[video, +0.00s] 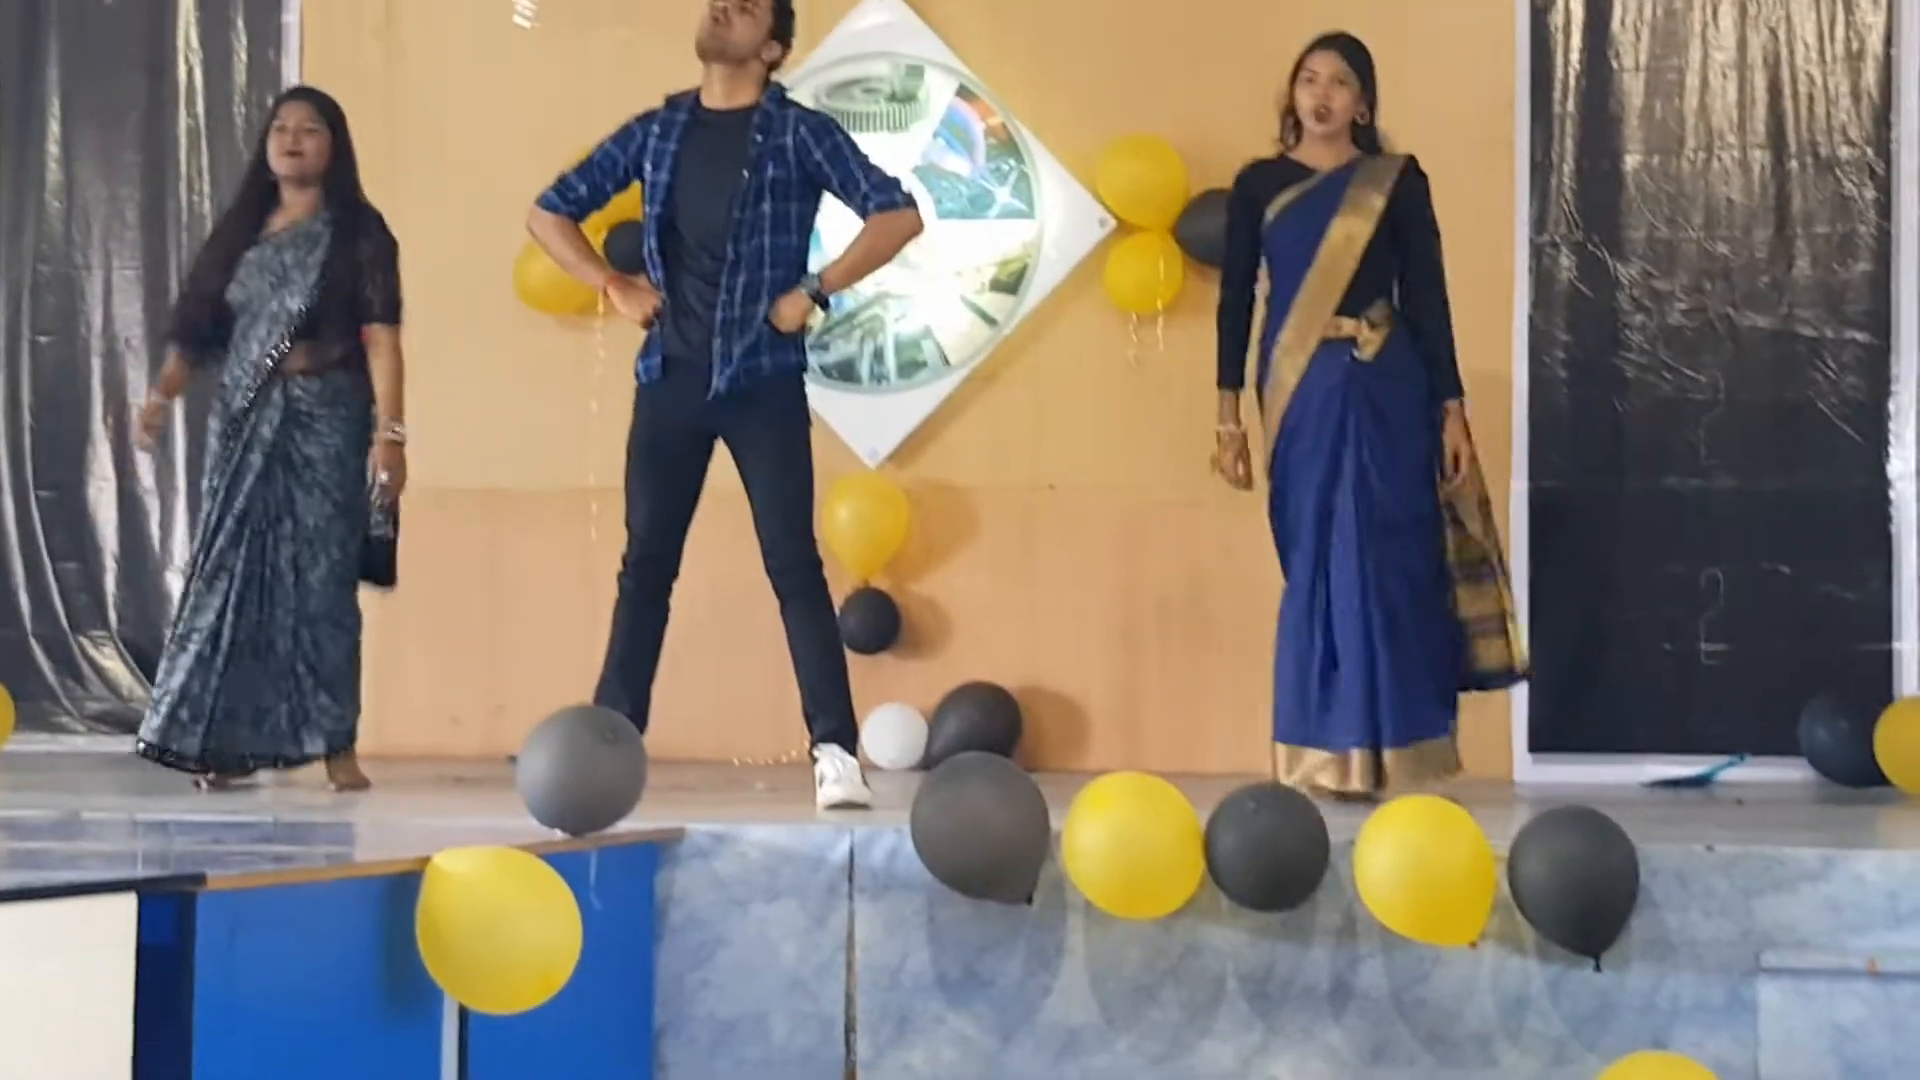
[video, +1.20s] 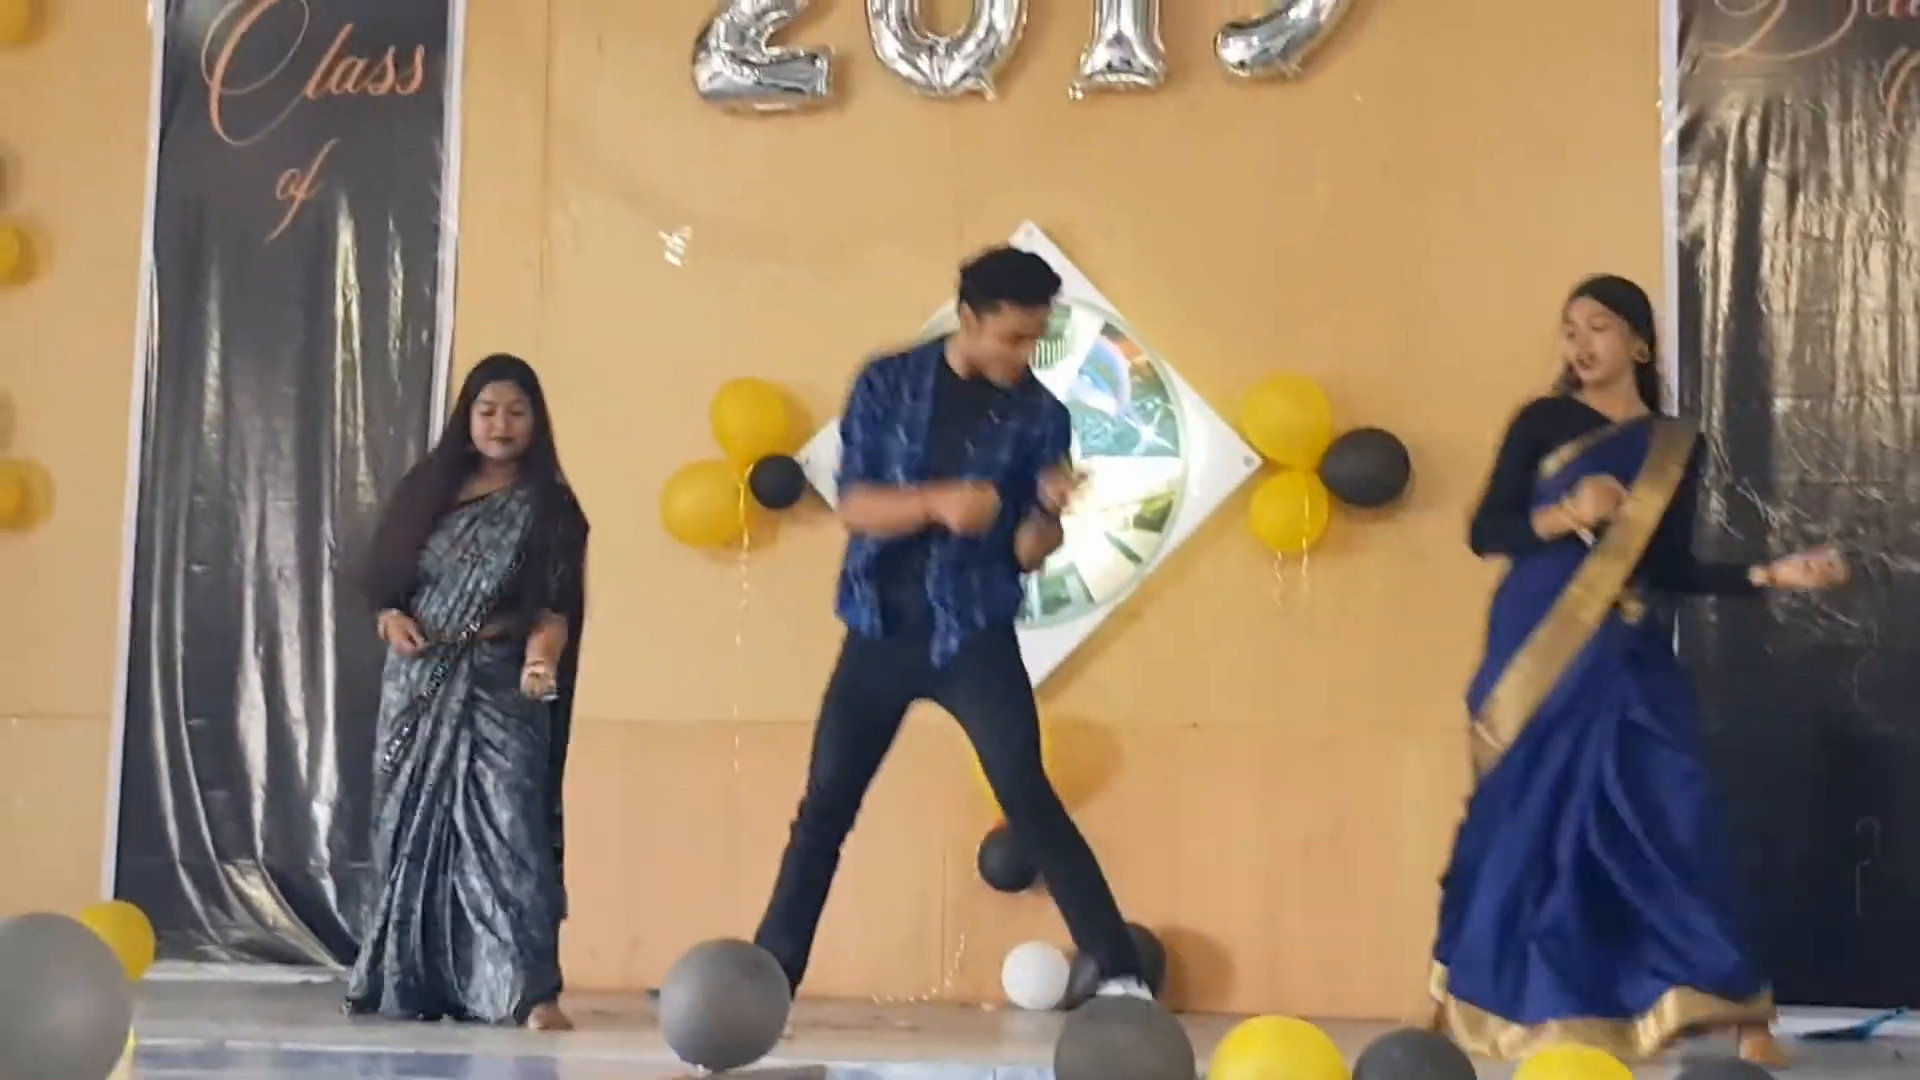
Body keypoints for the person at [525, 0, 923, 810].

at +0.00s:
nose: (720, 10)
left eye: (744, 7)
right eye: (718, 2)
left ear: (773, 45)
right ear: (701, 28)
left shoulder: (801, 131)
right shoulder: (660, 128)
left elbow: (899, 215)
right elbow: (548, 212)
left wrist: (815, 290)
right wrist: (614, 285)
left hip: (763, 380)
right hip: (670, 379)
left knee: (792, 562)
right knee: (646, 561)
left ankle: (833, 750)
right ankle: (609, 751)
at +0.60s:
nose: (744, 142)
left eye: (766, 137)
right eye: (737, 125)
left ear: (791, 156)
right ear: (720, 130)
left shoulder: (815, 217)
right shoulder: (672, 210)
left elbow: (899, 286)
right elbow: (581, 305)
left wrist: (802, 261)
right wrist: (624, 269)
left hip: (784, 483)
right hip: (692, 482)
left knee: (808, 678)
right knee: (660, 671)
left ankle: (843, 863)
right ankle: (619, 860)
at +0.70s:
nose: (778, 192)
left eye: (796, 183)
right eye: (766, 174)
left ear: (813, 194)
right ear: (737, 175)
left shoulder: (841, 282)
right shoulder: (687, 281)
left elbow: (866, 410)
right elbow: (646, 414)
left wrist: (792, 362)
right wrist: (670, 382)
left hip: (795, 529)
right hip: (702, 529)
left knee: (813, 713)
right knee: (669, 707)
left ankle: (851, 896)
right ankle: (629, 894)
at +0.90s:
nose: (867, 252)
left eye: (880, 241)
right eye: (855, 236)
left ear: (888, 241)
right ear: (815, 225)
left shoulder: (900, 307)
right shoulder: (763, 294)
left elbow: (934, 414)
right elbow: (675, 394)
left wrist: (869, 329)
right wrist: (713, 322)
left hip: (862, 567)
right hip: (775, 563)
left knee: (871, 761)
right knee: (737, 754)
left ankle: (899, 948)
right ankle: (693, 945)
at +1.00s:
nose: (922, 279)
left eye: (934, 266)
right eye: (911, 261)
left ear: (937, 267)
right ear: (866, 247)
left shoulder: (941, 338)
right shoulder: (803, 307)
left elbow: (962, 451)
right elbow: (708, 392)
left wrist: (919, 354)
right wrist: (785, 329)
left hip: (901, 585)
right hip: (810, 584)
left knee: (926, 754)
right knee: (770, 771)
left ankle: (967, 933)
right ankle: (721, 954)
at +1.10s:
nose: (986, 311)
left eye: (993, 295)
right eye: (976, 292)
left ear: (986, 289)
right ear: (925, 272)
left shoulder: (985, 362)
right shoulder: (848, 327)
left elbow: (994, 494)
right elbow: (778, 427)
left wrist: (991, 412)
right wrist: (857, 391)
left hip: (942, 604)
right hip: (849, 602)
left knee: (987, 758)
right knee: (802, 784)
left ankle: (1051, 933)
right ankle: (751, 960)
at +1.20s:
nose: (1027, 355)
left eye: (1035, 338)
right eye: (1015, 338)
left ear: (1042, 327)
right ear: (969, 319)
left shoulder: (1041, 413)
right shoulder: (887, 381)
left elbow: (1029, 553)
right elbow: (853, 507)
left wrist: (1049, 510)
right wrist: (936, 500)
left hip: (976, 639)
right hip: (880, 636)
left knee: (1026, 799)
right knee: (824, 809)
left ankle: (1120, 972)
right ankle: (767, 983)